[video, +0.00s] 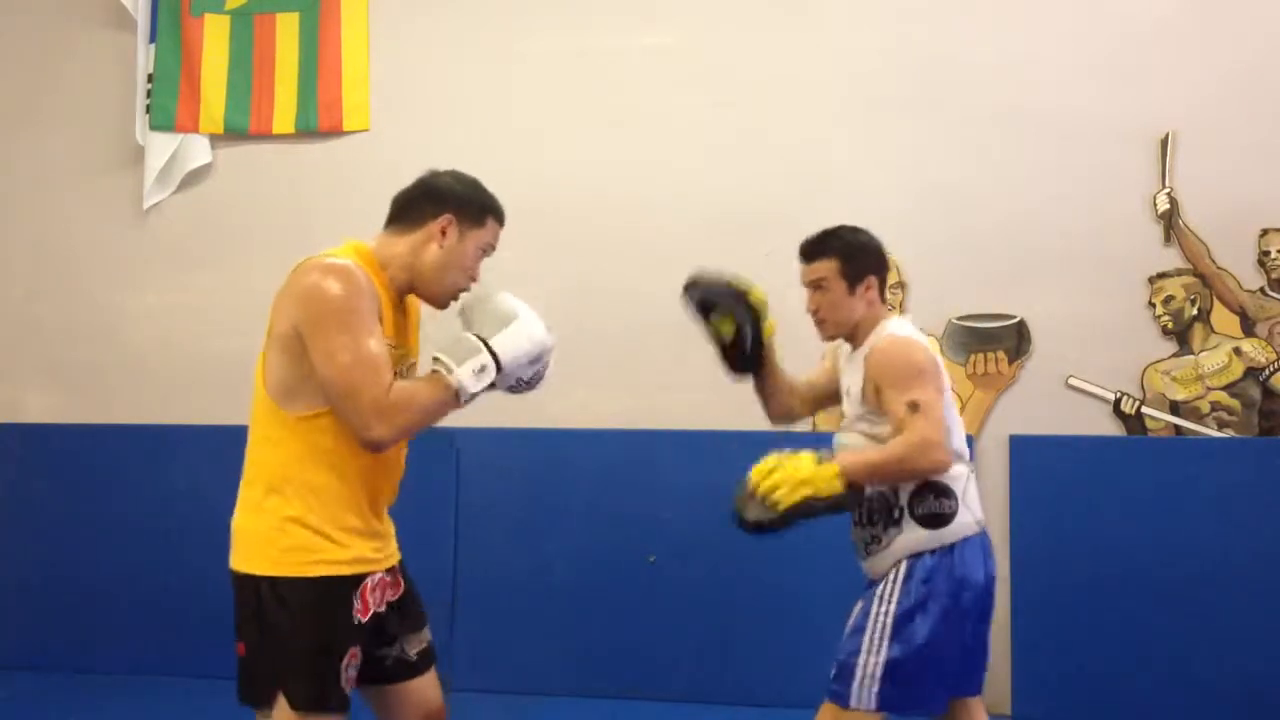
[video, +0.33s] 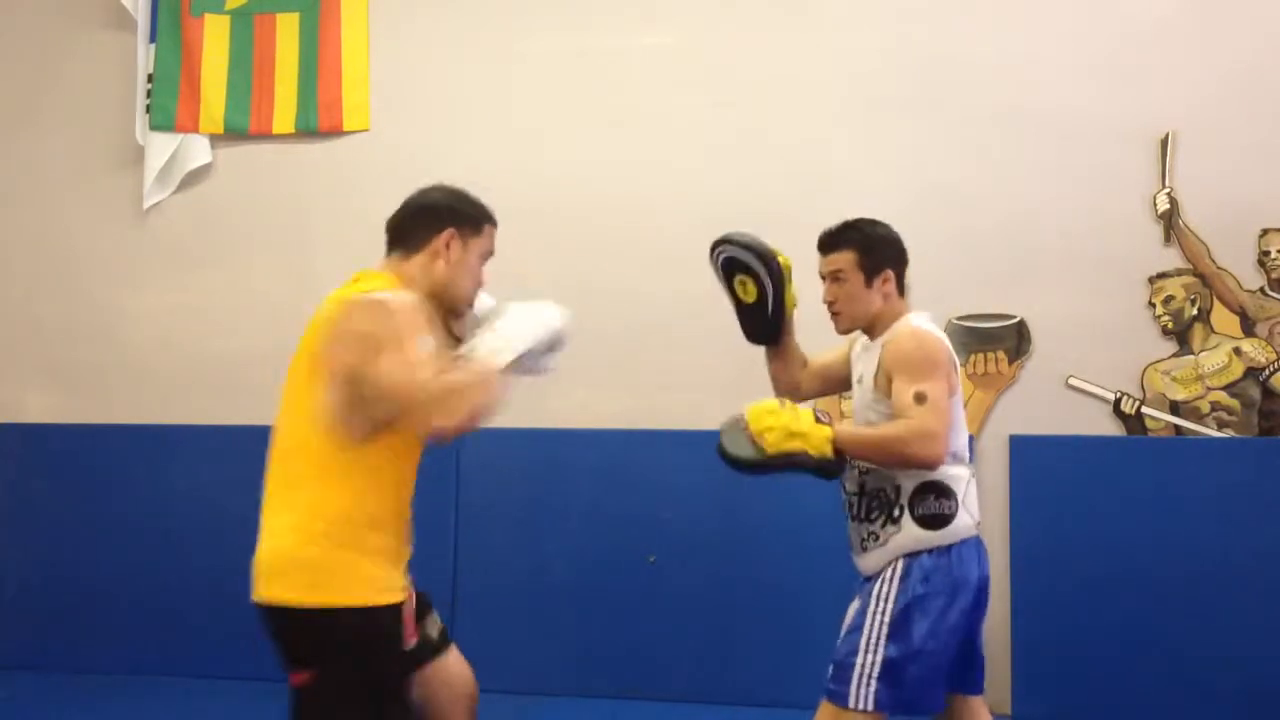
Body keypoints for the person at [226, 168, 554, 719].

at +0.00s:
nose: (477, 275)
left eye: (486, 259)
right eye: (481, 254)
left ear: (441, 234)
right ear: (443, 231)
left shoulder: (399, 301)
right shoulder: (331, 286)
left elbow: (395, 404)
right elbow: (377, 421)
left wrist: (478, 367)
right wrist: (474, 366)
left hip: (368, 550)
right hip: (298, 560)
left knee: (420, 709)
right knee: (303, 711)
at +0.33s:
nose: (484, 278)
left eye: (487, 262)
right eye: (483, 259)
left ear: (442, 248)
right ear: (446, 248)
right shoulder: (383, 306)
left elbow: (437, 410)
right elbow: (433, 411)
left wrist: (482, 348)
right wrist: (498, 352)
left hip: (366, 576)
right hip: (332, 587)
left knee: (451, 691)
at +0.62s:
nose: (532, 262)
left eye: (533, 245)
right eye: (529, 243)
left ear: (457, 240)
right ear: (497, 239)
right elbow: (625, 385)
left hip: (339, 546)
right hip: (400, 555)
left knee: (458, 690)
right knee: (402, 710)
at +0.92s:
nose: (550, 261)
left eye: (555, 244)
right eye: (550, 240)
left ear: (509, 227)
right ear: (516, 227)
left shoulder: (428, 279)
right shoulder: (472, 291)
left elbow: (432, 400)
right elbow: (500, 427)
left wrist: (513, 363)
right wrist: (579, 379)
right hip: (411, 553)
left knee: (478, 698)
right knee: (430, 708)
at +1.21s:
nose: (538, 298)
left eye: (546, 286)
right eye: (541, 281)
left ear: (514, 254)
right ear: (515, 255)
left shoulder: (456, 309)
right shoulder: (430, 309)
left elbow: (507, 417)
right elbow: (522, 425)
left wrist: (561, 383)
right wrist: (562, 315)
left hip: (443, 566)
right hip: (390, 576)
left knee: (532, 702)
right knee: (426, 710)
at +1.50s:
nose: (580, 267)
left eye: (586, 256)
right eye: (580, 252)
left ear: (542, 235)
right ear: (543, 234)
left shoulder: (516, 307)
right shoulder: (437, 292)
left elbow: (591, 352)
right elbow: (443, 414)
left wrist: (691, 322)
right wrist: (542, 337)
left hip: (459, 539)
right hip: (390, 538)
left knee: (516, 703)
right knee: (416, 707)